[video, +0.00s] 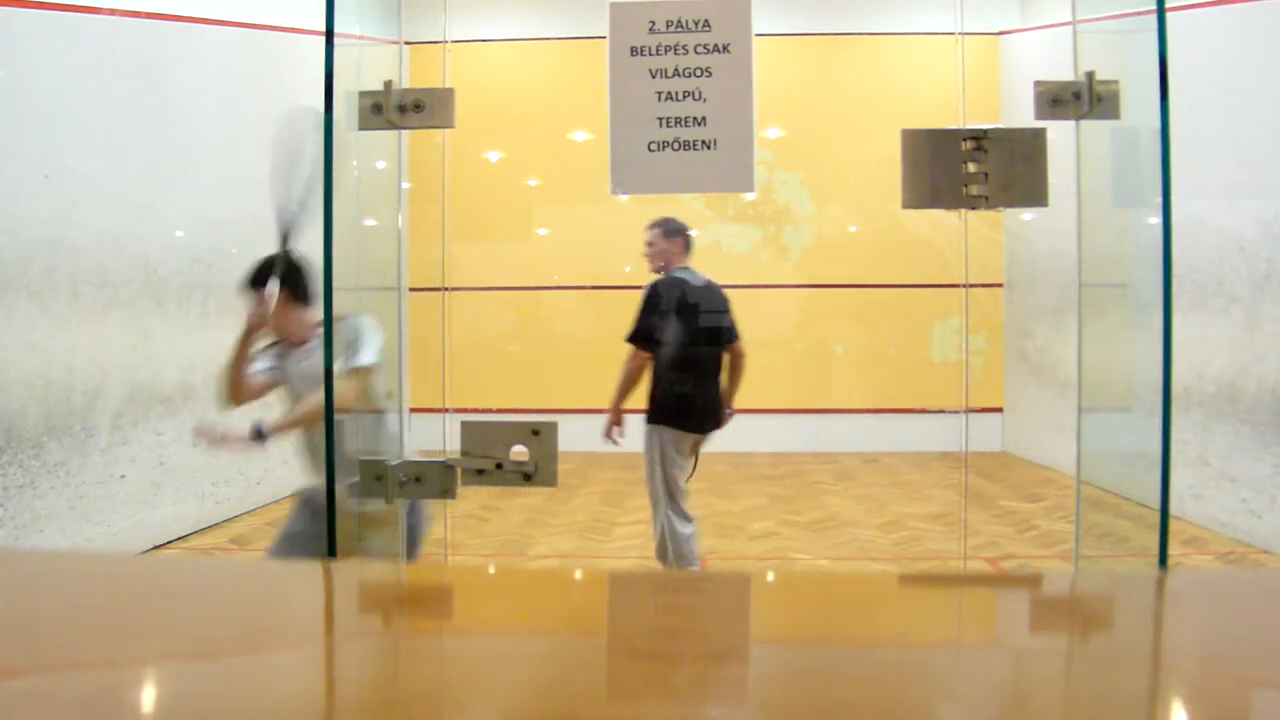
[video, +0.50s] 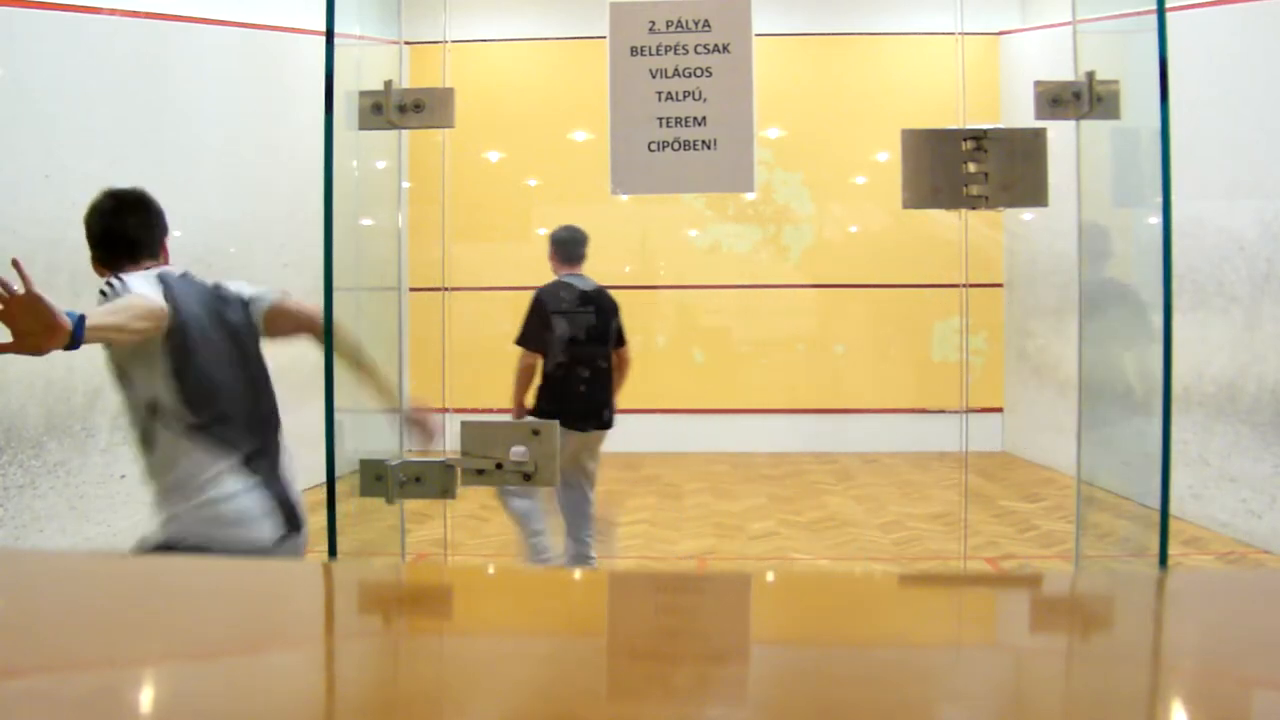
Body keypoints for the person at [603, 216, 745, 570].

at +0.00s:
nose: (647, 254)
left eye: (652, 246)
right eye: (647, 247)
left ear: (677, 245)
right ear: (681, 247)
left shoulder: (662, 291)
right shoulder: (713, 292)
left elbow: (641, 355)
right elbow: (736, 353)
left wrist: (616, 407)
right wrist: (726, 400)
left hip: (669, 409)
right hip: (706, 410)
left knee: (670, 497)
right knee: (671, 492)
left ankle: (687, 577)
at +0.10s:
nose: (623, 258)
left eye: (628, 251)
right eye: (622, 251)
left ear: (652, 250)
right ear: (654, 252)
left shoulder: (636, 293)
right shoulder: (688, 295)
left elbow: (615, 357)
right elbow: (715, 355)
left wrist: (591, 404)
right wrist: (710, 406)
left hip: (646, 411)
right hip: (679, 413)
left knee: (658, 499)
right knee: (633, 489)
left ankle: (682, 574)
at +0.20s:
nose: (599, 263)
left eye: (604, 256)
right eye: (600, 256)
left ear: (629, 258)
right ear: (631, 260)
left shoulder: (613, 300)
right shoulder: (665, 303)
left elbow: (588, 365)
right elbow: (692, 362)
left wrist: (570, 405)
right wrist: (688, 409)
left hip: (621, 420)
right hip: (653, 420)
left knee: (638, 508)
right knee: (605, 500)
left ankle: (682, 576)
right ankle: (581, 566)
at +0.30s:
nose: (581, 263)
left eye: (583, 256)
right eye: (582, 256)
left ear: (597, 258)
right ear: (615, 260)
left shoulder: (590, 301)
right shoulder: (643, 304)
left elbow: (568, 363)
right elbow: (665, 361)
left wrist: (555, 403)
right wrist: (661, 406)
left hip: (595, 416)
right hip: (630, 417)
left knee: (586, 503)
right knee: (586, 498)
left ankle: (658, 562)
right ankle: (578, 571)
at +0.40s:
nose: (567, 258)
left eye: (568, 253)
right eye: (570, 252)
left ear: (571, 255)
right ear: (602, 256)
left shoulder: (569, 297)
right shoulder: (623, 300)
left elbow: (548, 357)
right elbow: (641, 357)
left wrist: (539, 400)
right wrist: (635, 398)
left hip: (574, 412)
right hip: (614, 413)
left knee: (543, 488)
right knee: (583, 493)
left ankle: (607, 550)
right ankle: (576, 568)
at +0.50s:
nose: (549, 258)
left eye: (550, 253)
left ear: (552, 255)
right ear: (584, 255)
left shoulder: (547, 297)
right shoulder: (604, 299)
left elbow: (530, 359)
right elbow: (621, 358)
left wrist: (518, 403)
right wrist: (608, 397)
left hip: (556, 409)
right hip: (597, 409)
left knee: (514, 479)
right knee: (578, 483)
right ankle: (582, 560)